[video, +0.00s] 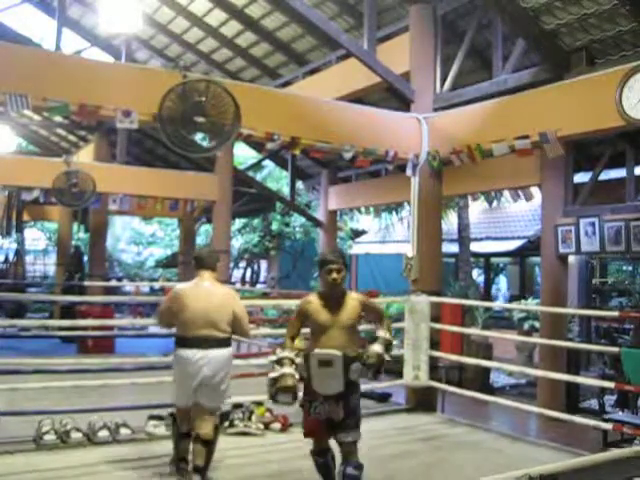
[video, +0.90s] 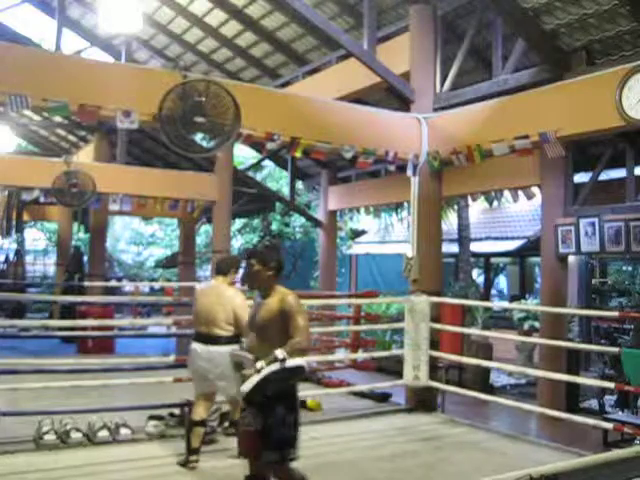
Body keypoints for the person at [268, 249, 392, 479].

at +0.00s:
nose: (334, 276)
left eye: (339, 271)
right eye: (329, 272)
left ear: (345, 274)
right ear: (320, 275)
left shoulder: (357, 301)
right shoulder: (308, 305)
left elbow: (383, 320)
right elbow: (290, 337)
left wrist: (379, 345)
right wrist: (286, 367)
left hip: (348, 371)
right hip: (316, 372)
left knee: (348, 440)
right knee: (318, 439)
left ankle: (350, 473)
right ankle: (328, 475)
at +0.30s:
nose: (321, 273)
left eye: (327, 268)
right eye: (318, 268)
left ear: (340, 270)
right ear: (313, 271)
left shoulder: (356, 304)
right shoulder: (304, 302)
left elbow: (379, 338)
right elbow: (292, 329)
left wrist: (353, 363)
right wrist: (293, 359)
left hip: (340, 387)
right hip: (307, 385)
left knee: (344, 453)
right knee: (289, 447)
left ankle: (347, 475)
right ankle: (300, 475)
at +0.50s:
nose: (299, 276)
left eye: (305, 270)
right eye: (297, 271)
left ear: (321, 273)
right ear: (295, 275)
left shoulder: (339, 303)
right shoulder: (295, 304)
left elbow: (352, 339)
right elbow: (293, 338)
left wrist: (325, 349)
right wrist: (293, 355)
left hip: (328, 381)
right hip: (298, 380)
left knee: (336, 452)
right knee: (281, 446)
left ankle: (343, 470)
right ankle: (278, 472)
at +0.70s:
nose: (271, 274)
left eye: (276, 268)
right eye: (271, 269)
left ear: (293, 272)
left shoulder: (309, 301)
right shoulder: (282, 304)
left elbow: (323, 341)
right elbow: (284, 341)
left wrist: (298, 352)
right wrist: (270, 358)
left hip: (302, 380)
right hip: (279, 378)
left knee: (310, 449)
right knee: (267, 443)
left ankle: (327, 472)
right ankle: (265, 471)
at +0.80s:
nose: (257, 272)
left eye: (262, 267)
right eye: (257, 268)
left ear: (281, 269)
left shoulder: (297, 299)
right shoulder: (271, 301)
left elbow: (310, 340)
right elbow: (271, 340)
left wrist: (283, 355)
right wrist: (257, 359)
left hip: (289, 381)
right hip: (267, 378)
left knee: (299, 461)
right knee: (260, 449)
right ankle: (261, 470)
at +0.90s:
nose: (247, 273)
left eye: (252, 267)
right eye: (247, 267)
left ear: (270, 271)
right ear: (264, 272)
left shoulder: (288, 299)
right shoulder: (261, 301)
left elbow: (301, 341)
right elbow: (262, 340)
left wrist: (268, 360)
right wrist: (246, 354)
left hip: (280, 383)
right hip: (259, 381)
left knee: (274, 460)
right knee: (253, 448)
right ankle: (258, 473)